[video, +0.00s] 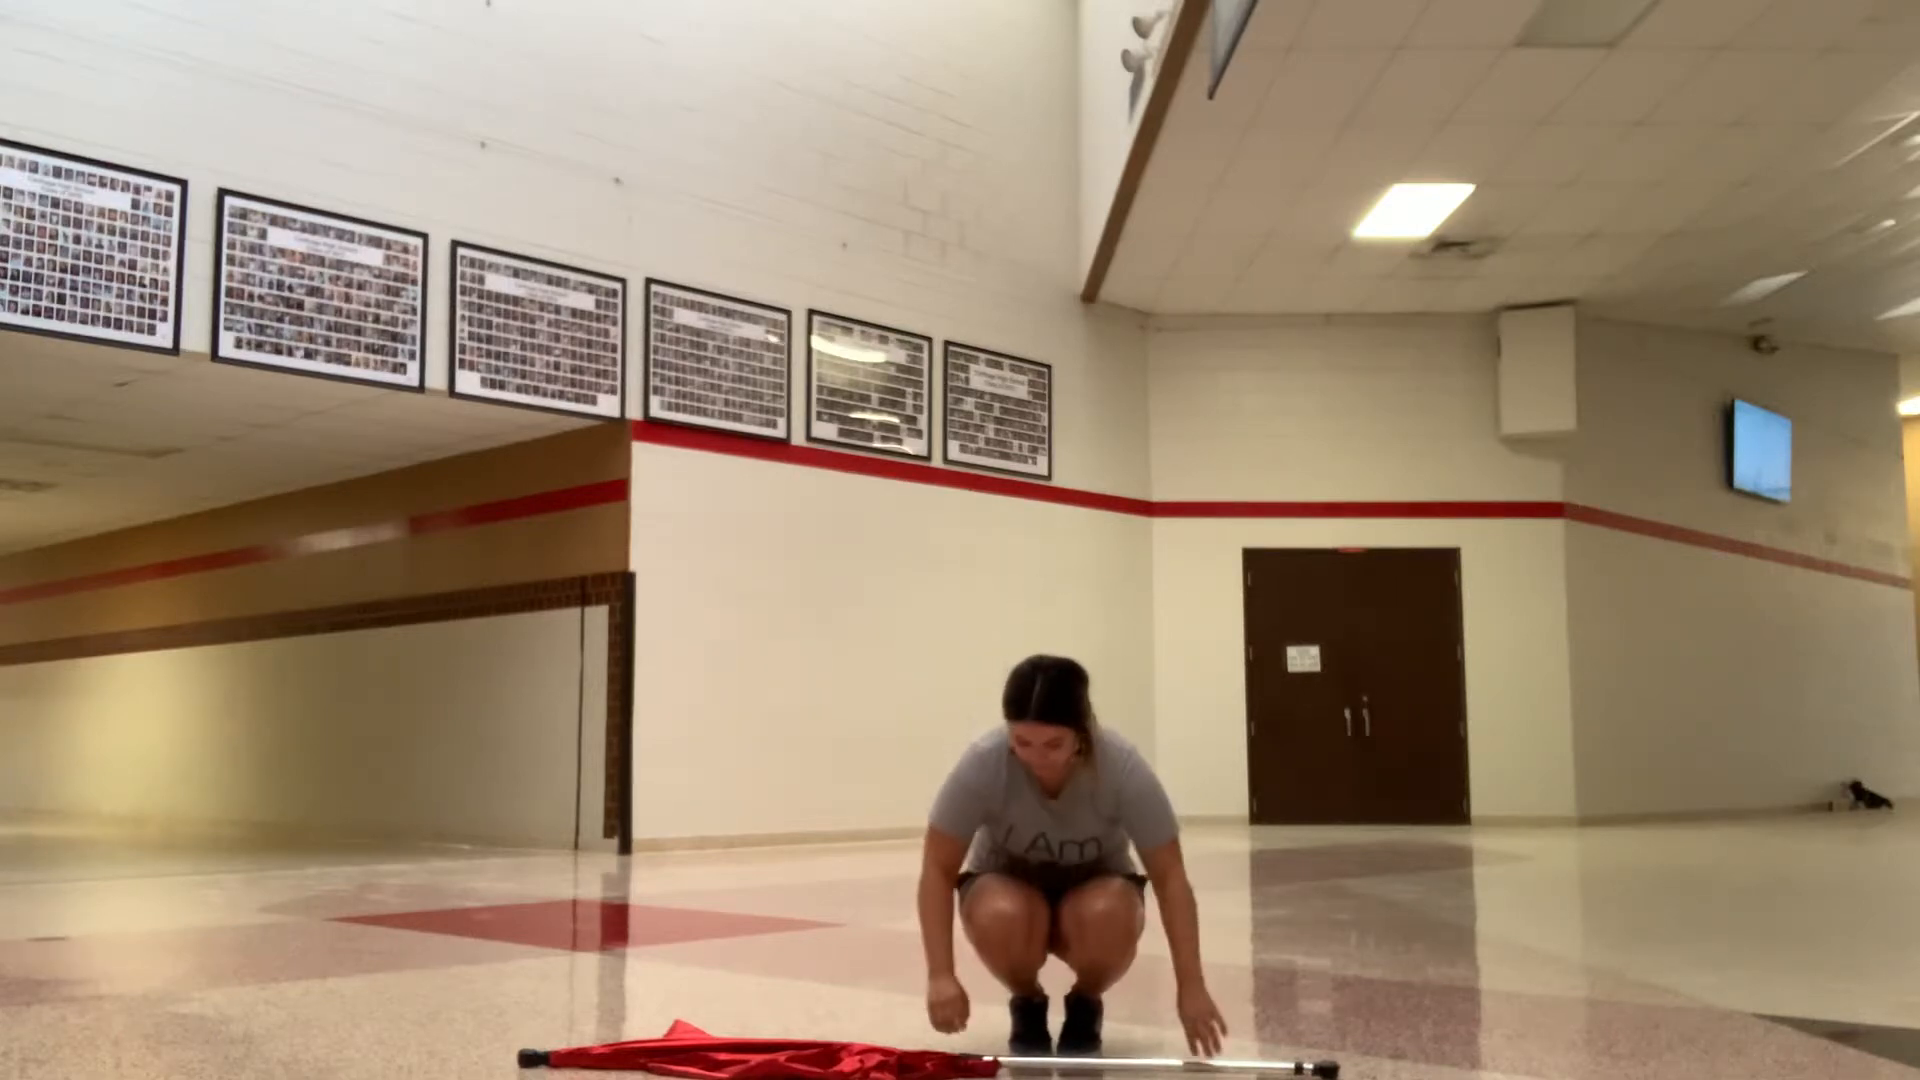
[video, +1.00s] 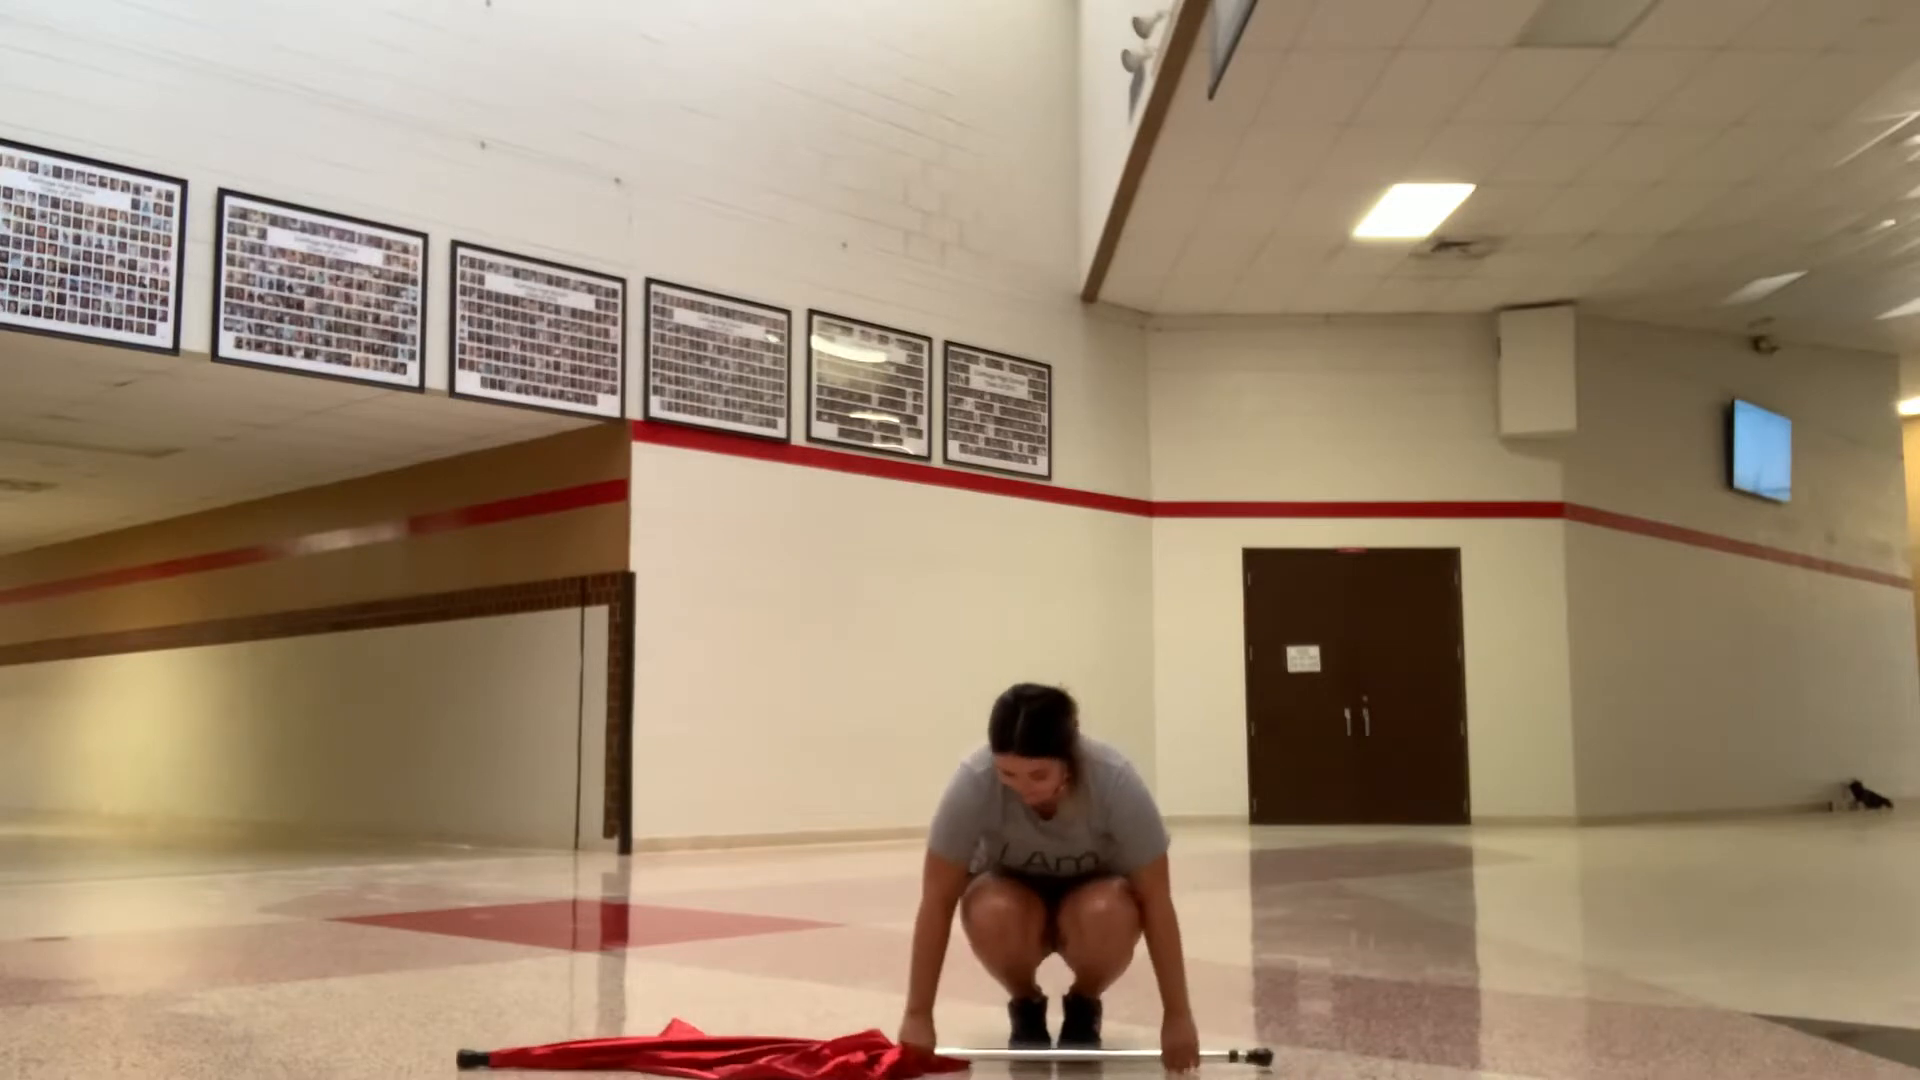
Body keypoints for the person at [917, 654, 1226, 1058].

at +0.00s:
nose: (1038, 759)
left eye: (1053, 745)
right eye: (1023, 743)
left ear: (1081, 733)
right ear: (1010, 729)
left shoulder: (1122, 770)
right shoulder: (983, 766)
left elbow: (1169, 878)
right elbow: (938, 869)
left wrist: (1192, 987)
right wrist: (941, 976)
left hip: (1094, 886)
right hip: (1009, 885)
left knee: (1107, 915)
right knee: (1000, 916)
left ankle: (1086, 1002)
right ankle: (1026, 1001)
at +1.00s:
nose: (1023, 788)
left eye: (1038, 776)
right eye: (1009, 775)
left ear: (1068, 758)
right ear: (996, 758)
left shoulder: (1116, 783)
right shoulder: (974, 785)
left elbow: (1156, 903)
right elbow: (937, 903)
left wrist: (1178, 1016)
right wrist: (917, 1014)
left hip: (1089, 913)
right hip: (1017, 912)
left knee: (1106, 913)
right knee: (992, 911)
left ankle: (1084, 1004)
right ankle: (1025, 1004)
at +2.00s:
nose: (1051, 806)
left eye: (1067, 790)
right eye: (1034, 791)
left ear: (1085, 772)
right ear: (1012, 774)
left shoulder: (1124, 791)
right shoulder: (975, 787)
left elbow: (1155, 910)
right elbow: (940, 903)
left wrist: (1174, 1024)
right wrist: (924, 1018)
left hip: (1092, 905)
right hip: (1018, 906)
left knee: (1099, 922)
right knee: (986, 915)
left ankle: (1080, 1002)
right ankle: (1028, 1002)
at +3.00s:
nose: (1046, 804)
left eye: (1062, 789)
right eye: (1030, 789)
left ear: (1081, 770)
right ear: (1010, 773)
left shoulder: (1121, 788)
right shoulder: (975, 786)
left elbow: (1156, 906)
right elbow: (942, 902)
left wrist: (1173, 1022)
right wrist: (924, 1017)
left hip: (1092, 909)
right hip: (1019, 909)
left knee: (1102, 920)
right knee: (987, 917)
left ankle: (1082, 1004)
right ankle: (1032, 1002)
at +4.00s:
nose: (1037, 779)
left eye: (1053, 765)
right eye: (1022, 765)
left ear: (1076, 746)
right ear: (1004, 746)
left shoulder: (1115, 761)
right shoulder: (975, 765)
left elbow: (1153, 887)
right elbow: (945, 891)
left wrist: (1173, 1001)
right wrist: (924, 1002)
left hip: (1094, 847)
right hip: (1018, 848)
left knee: (1093, 890)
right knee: (999, 888)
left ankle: (1079, 1004)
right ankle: (1037, 1002)